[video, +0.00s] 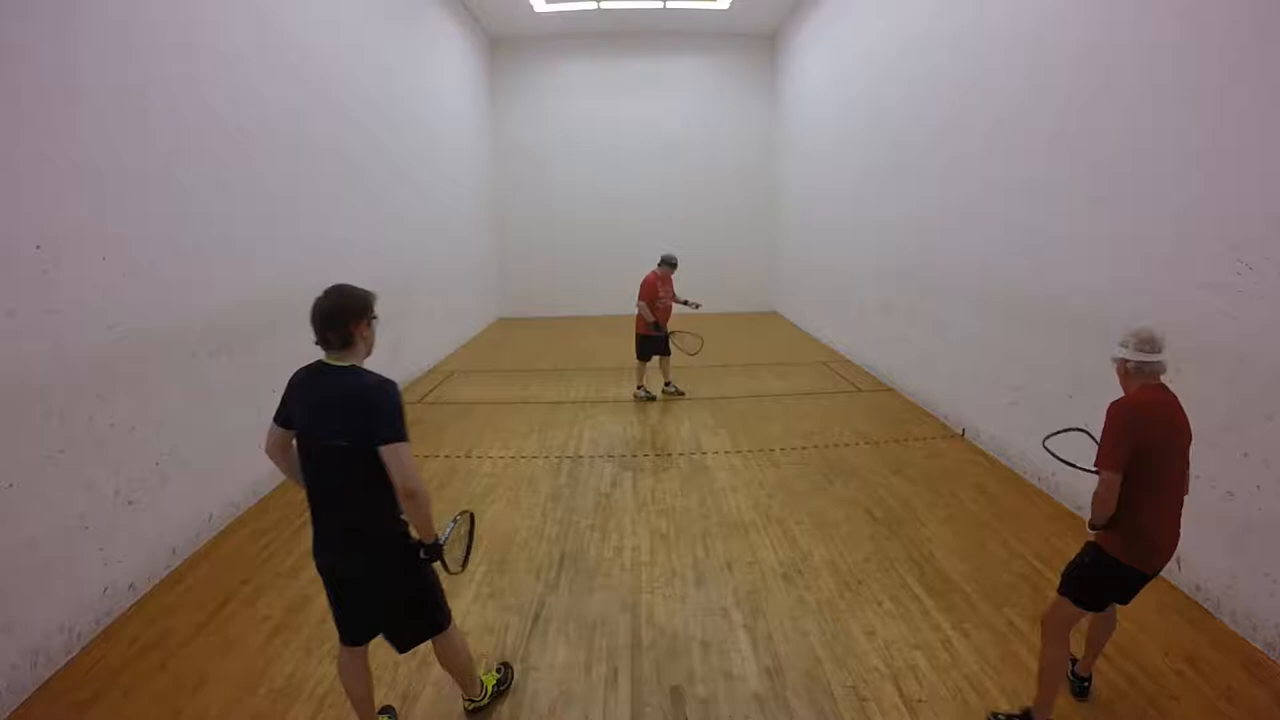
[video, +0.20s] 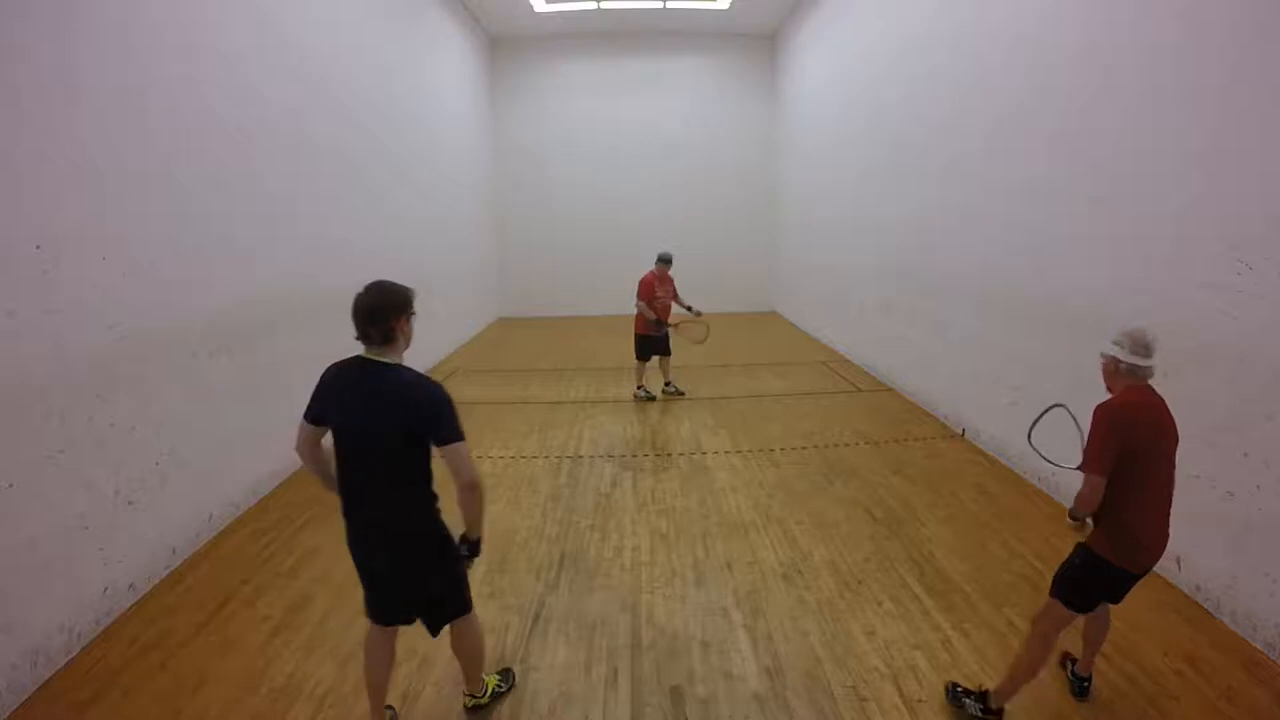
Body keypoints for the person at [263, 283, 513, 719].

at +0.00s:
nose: (374, 329)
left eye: (372, 321)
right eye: (372, 321)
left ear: (322, 333)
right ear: (362, 329)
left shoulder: (302, 382)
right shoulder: (377, 391)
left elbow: (277, 448)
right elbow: (408, 486)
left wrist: (316, 485)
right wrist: (430, 540)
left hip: (332, 544)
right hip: (384, 543)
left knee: (352, 641)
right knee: (439, 622)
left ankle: (368, 716)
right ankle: (476, 691)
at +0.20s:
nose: (412, 325)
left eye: (411, 317)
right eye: (411, 317)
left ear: (359, 327)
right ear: (400, 325)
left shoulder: (337, 377)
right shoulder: (424, 391)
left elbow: (306, 445)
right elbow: (467, 480)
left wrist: (339, 486)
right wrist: (472, 538)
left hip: (362, 527)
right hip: (417, 527)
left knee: (382, 619)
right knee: (460, 609)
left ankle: (377, 712)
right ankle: (476, 690)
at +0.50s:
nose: (443, 310)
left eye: (440, 303)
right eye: (441, 304)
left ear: (392, 312)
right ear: (435, 311)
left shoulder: (368, 362)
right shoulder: (462, 366)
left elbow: (327, 432)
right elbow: (505, 446)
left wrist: (339, 495)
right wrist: (502, 495)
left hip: (394, 503)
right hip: (446, 505)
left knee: (406, 577)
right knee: (468, 602)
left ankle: (409, 661)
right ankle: (476, 688)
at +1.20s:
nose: (422, 310)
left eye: (420, 303)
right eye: (420, 304)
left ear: (375, 316)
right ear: (414, 312)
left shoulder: (362, 362)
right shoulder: (442, 362)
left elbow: (336, 419)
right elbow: (483, 434)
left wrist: (377, 431)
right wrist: (486, 480)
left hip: (392, 487)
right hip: (440, 484)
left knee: (414, 569)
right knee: (477, 569)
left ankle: (430, 649)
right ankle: (490, 662)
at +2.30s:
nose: (396, 296)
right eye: (394, 289)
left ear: (345, 302)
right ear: (391, 296)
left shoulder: (326, 358)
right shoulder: (423, 344)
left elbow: (305, 441)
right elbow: (461, 420)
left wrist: (347, 471)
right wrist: (459, 485)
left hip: (363, 508)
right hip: (425, 503)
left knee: (362, 602)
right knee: (470, 599)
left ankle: (368, 690)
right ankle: (508, 686)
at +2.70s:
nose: (354, 303)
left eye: (351, 295)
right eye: (352, 296)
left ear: (301, 306)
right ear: (346, 303)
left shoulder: (274, 360)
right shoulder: (375, 354)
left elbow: (234, 437)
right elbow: (428, 428)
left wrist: (285, 475)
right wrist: (437, 495)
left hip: (307, 520)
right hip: (370, 513)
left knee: (312, 621)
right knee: (427, 610)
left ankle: (319, 715)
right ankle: (476, 701)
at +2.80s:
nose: (336, 311)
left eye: (333, 303)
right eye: (334, 304)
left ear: (283, 314)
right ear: (327, 311)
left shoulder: (257, 369)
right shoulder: (357, 363)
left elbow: (217, 448)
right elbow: (414, 436)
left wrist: (258, 497)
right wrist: (425, 496)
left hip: (292, 526)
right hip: (355, 519)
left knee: (289, 629)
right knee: (409, 616)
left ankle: (286, 716)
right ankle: (456, 707)